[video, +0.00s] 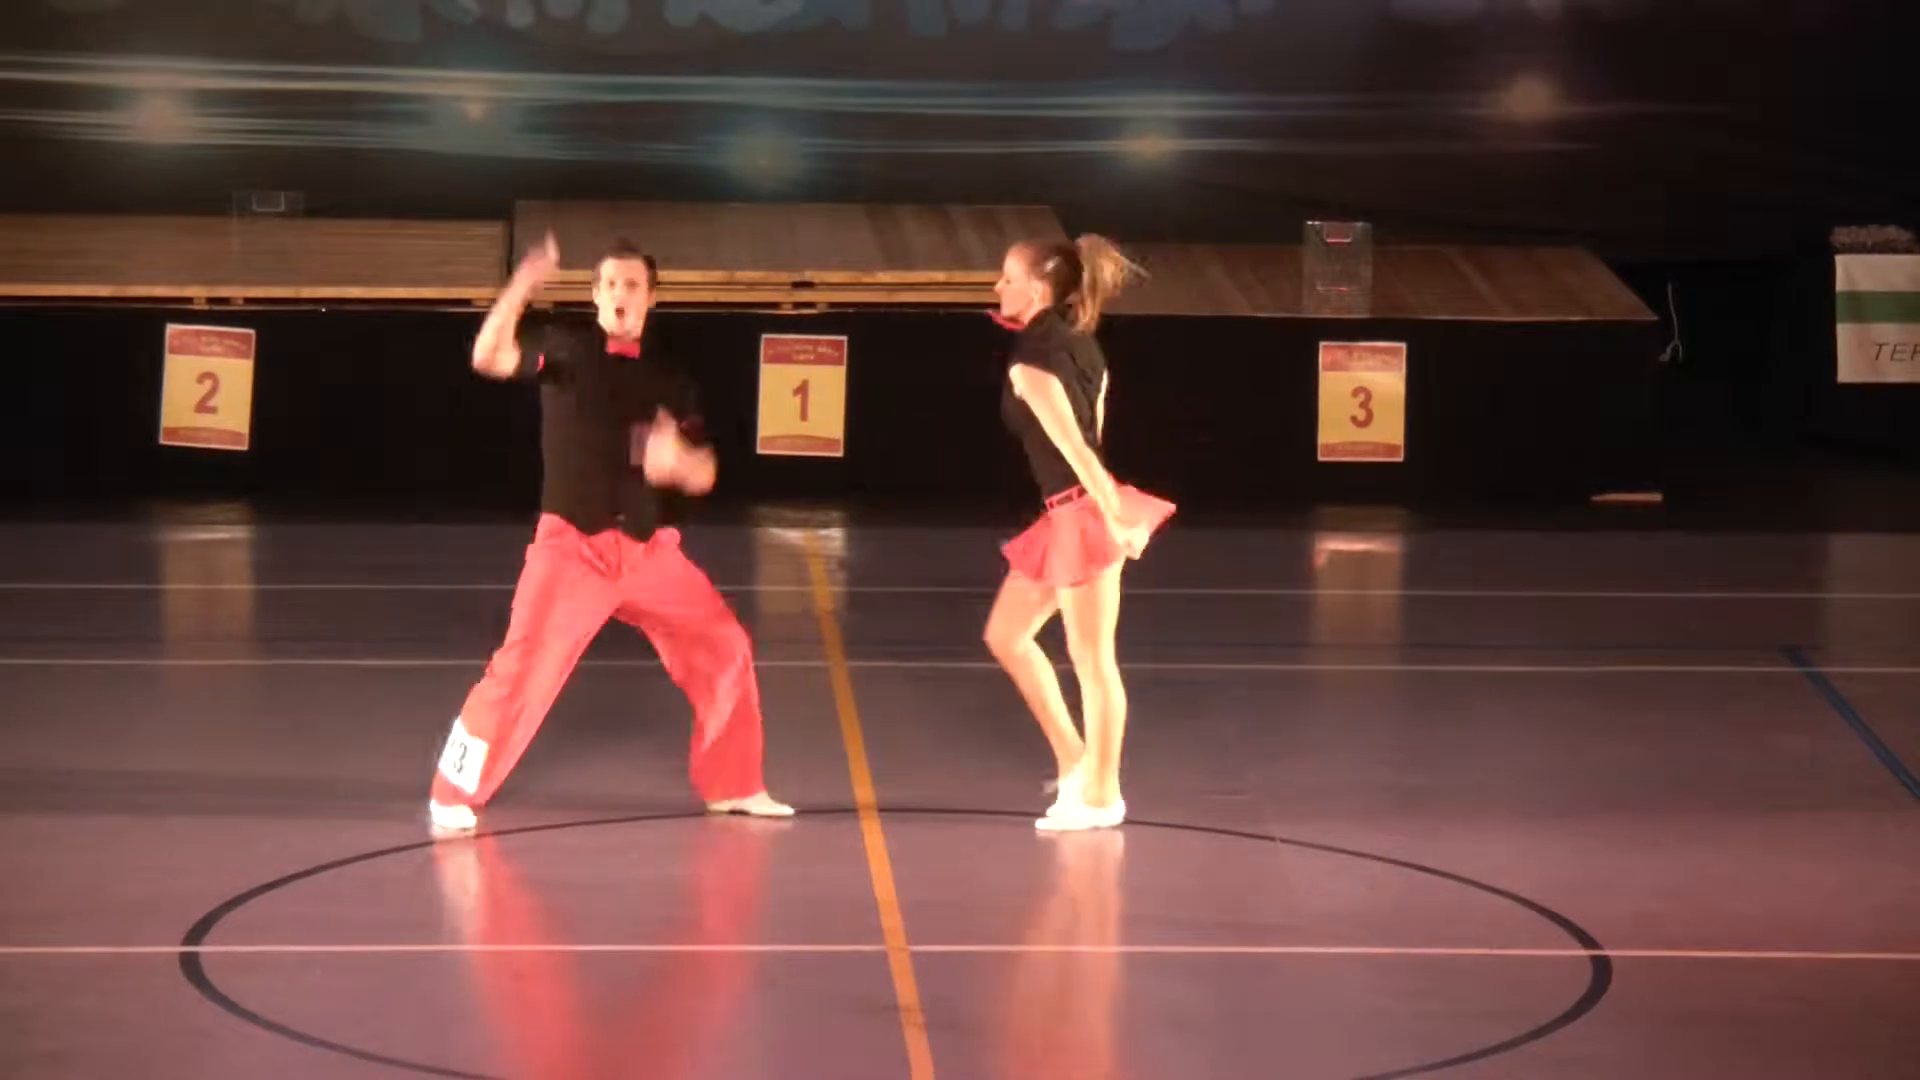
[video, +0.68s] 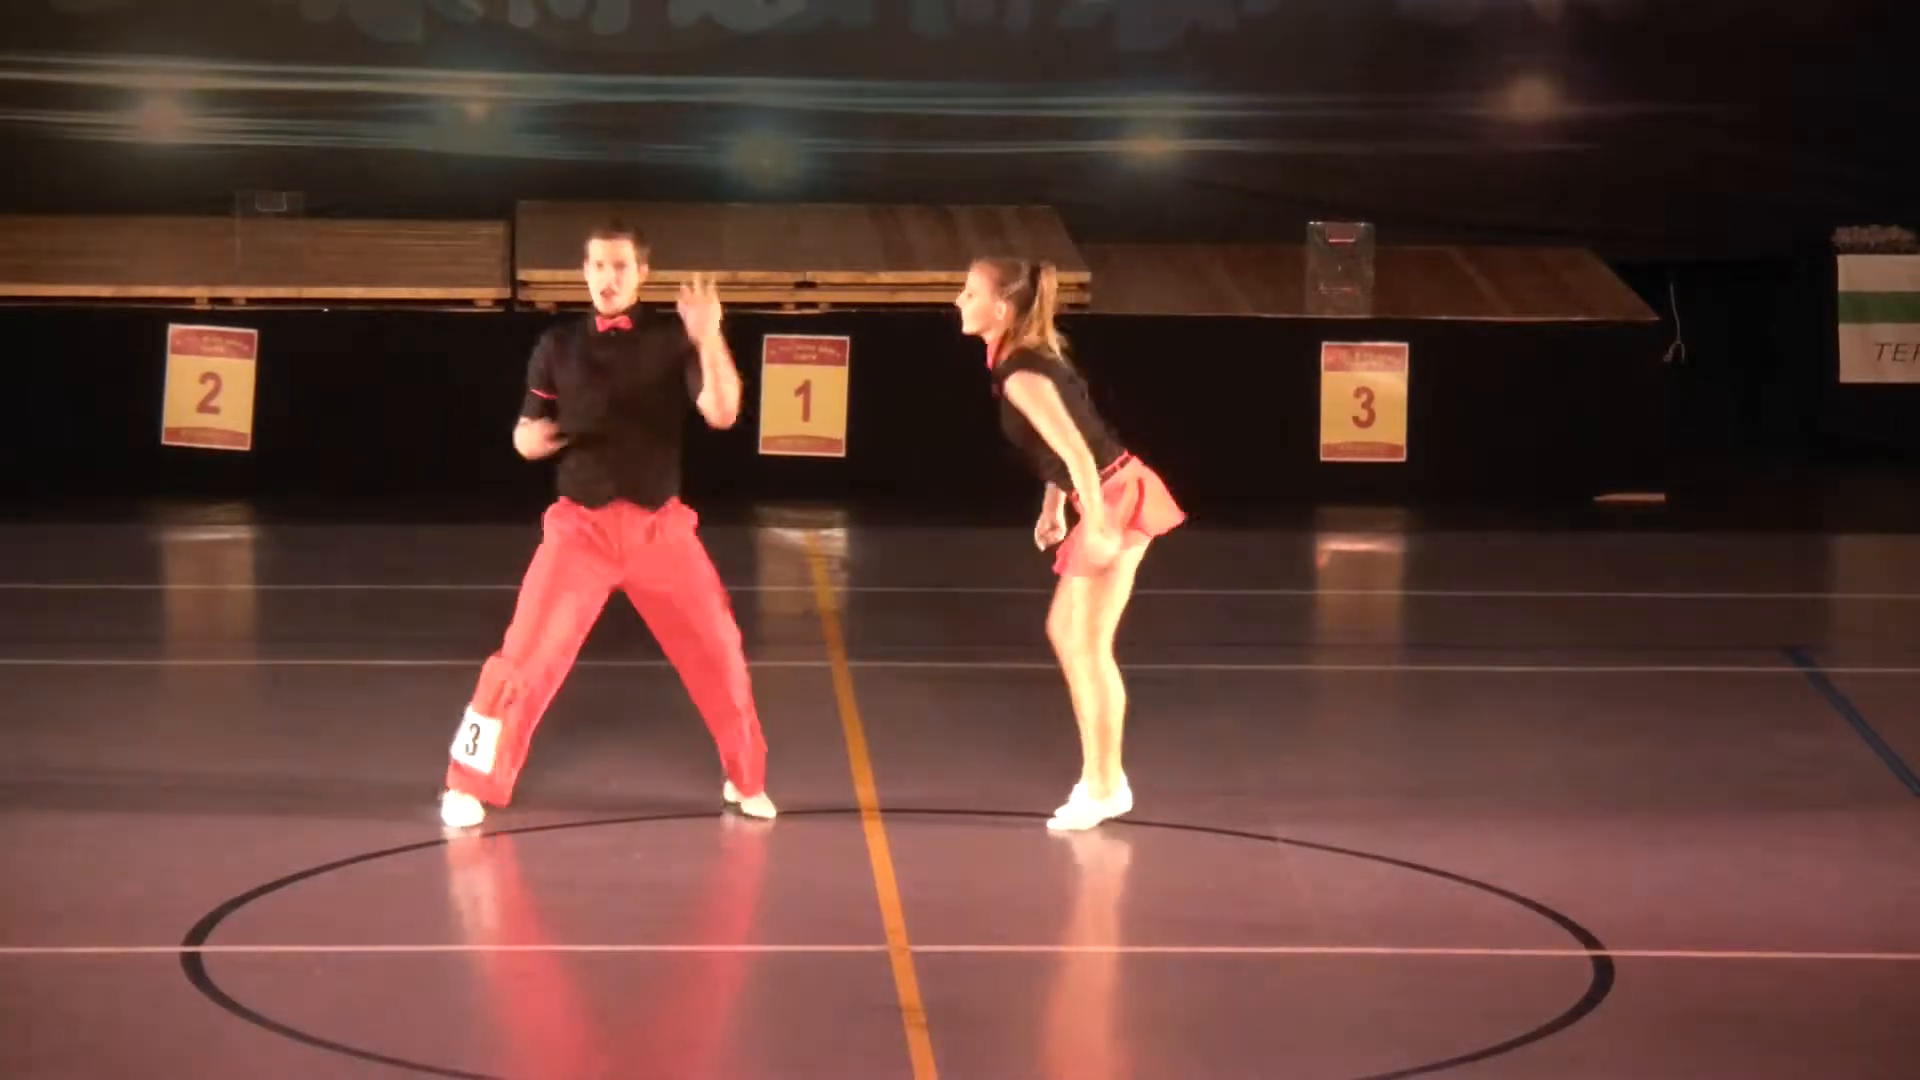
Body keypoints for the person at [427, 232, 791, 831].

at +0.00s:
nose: (621, 295)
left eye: (632, 284)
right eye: (611, 284)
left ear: (652, 297)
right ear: (594, 295)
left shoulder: (667, 375)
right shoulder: (564, 348)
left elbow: (705, 473)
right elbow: (488, 358)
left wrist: (678, 461)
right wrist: (521, 284)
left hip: (651, 553)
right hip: (570, 549)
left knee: (726, 647)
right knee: (525, 666)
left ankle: (733, 786)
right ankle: (453, 795)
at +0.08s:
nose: (618, 281)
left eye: (631, 271)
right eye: (609, 269)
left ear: (649, 281)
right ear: (592, 277)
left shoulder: (673, 350)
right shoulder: (561, 346)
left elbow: (723, 411)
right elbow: (492, 415)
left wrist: (702, 334)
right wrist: (533, 378)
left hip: (656, 537)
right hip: (570, 535)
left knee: (713, 658)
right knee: (518, 658)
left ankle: (748, 781)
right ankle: (461, 793)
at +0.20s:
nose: (610, 290)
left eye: (622, 280)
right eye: (601, 278)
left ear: (641, 291)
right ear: (586, 286)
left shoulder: (663, 347)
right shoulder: (565, 367)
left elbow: (742, 354)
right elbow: (552, 449)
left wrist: (715, 272)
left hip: (652, 541)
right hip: (575, 542)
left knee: (702, 662)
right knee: (507, 659)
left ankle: (771, 778)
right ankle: (496, 798)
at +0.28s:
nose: (607, 298)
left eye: (619, 287)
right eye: (598, 285)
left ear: (641, 297)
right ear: (583, 292)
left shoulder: (669, 361)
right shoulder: (561, 376)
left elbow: (752, 401)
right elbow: (551, 455)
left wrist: (702, 345)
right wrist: (561, 478)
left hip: (661, 554)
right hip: (577, 554)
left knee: (712, 675)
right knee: (503, 666)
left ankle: (777, 779)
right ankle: (497, 794)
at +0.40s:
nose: (618, 281)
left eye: (629, 269)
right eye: (607, 269)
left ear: (650, 277)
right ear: (593, 277)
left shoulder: (677, 347)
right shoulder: (565, 344)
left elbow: (724, 430)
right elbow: (525, 421)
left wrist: (699, 465)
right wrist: (540, 342)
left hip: (665, 529)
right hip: (584, 530)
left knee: (725, 648)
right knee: (541, 658)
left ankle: (751, 779)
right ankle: (470, 789)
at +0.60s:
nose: (616, 292)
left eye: (628, 280)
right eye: (606, 280)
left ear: (647, 287)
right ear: (591, 286)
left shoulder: (672, 362)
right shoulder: (561, 353)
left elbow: (707, 464)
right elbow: (513, 441)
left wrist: (690, 428)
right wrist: (555, 391)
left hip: (665, 544)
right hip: (583, 541)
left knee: (736, 651)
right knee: (533, 665)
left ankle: (733, 784)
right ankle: (454, 789)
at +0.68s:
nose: (608, 277)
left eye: (620, 265)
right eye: (598, 265)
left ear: (641, 273)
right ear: (584, 272)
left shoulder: (673, 341)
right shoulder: (558, 346)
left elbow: (723, 411)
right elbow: (527, 437)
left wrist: (709, 336)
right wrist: (543, 435)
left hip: (662, 526)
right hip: (578, 526)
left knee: (719, 650)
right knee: (529, 651)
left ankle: (746, 782)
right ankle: (469, 788)